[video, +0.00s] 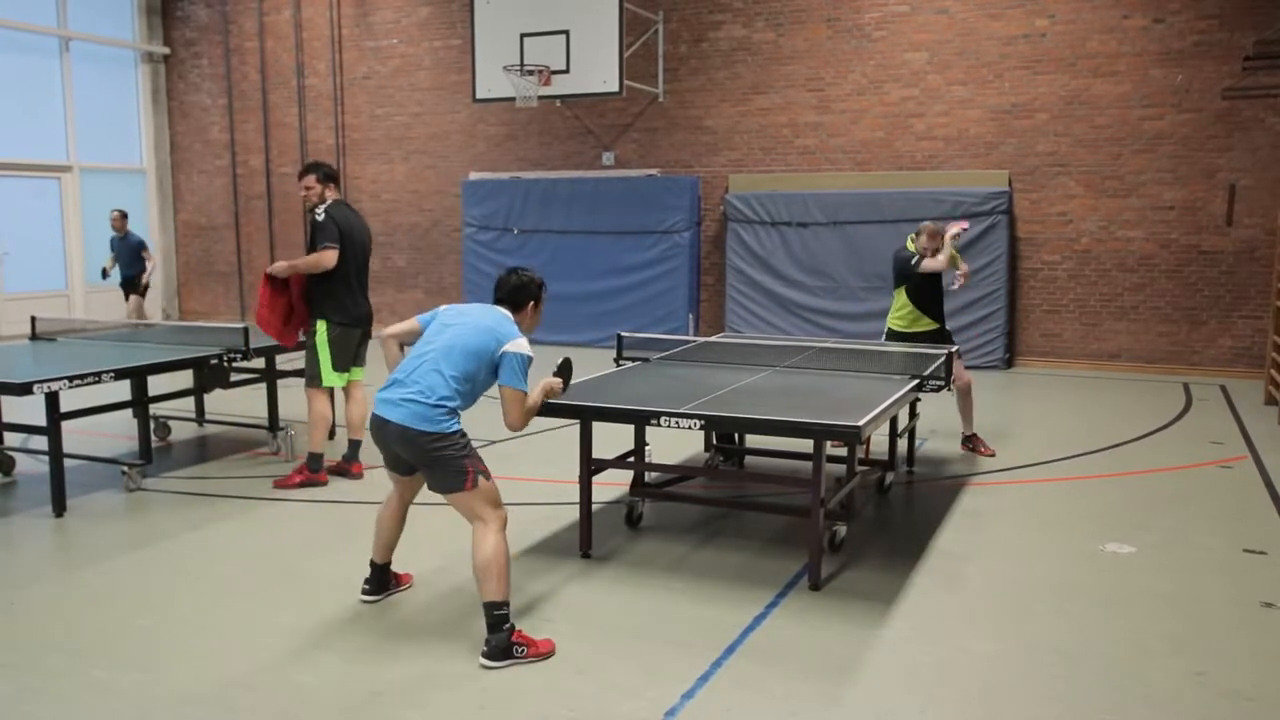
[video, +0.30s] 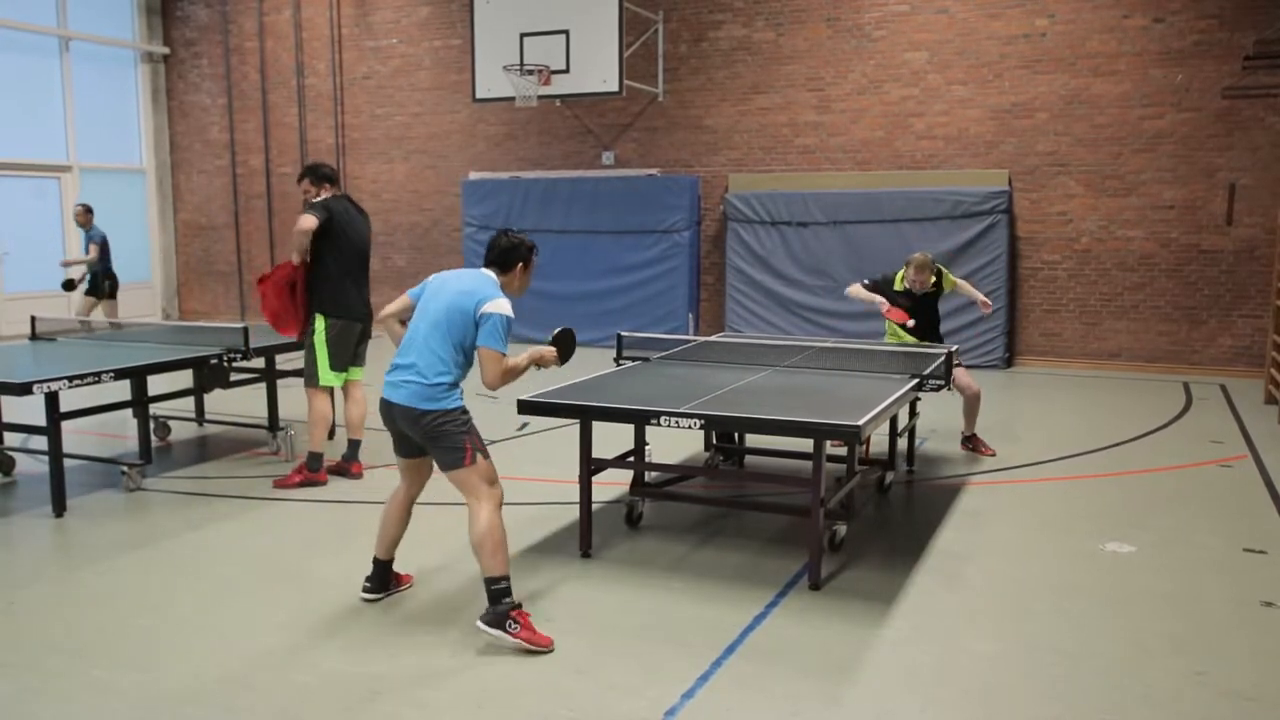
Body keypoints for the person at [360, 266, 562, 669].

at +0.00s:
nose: (540, 315)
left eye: (540, 307)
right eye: (540, 307)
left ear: (499, 299)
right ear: (530, 306)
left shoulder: (454, 311)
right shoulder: (513, 339)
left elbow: (390, 334)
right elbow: (515, 420)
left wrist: (403, 390)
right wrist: (543, 390)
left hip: (385, 417)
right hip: (430, 427)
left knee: (404, 486)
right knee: (490, 518)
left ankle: (378, 578)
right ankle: (500, 638)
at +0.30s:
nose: (530, 280)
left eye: (531, 272)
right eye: (530, 272)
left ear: (490, 264)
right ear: (517, 269)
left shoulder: (441, 279)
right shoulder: (494, 301)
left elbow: (386, 317)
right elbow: (494, 378)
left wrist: (419, 353)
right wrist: (531, 358)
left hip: (395, 400)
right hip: (436, 405)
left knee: (411, 482)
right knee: (485, 494)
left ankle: (378, 577)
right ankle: (501, 608)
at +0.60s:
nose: (526, 280)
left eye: (528, 272)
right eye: (526, 272)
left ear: (489, 263)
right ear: (510, 268)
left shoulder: (443, 281)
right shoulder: (488, 308)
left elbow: (395, 325)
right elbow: (502, 381)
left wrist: (435, 356)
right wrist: (550, 357)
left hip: (412, 410)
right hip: (449, 416)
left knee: (418, 488)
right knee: (520, 485)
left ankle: (367, 572)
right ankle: (489, 589)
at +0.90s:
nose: (603, 293)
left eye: (605, 285)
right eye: (603, 284)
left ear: (573, 273)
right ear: (583, 279)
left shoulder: (515, 280)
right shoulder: (572, 323)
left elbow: (456, 302)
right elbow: (612, 385)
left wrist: (476, 355)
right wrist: (670, 374)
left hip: (475, 409)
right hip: (523, 417)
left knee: (433, 492)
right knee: (585, 478)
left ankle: (374, 572)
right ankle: (623, 563)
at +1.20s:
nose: (654, 298)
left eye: (654, 291)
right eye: (654, 291)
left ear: (614, 281)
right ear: (646, 292)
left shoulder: (573, 297)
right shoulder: (643, 339)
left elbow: (523, 333)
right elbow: (658, 387)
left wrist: (513, 388)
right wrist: (699, 360)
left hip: (536, 431)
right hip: (590, 439)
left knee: (502, 497)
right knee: (638, 464)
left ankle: (470, 582)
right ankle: (630, 562)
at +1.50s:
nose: (606, 245)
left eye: (604, 239)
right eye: (605, 239)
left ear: (560, 239)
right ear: (599, 241)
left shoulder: (520, 276)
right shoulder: (604, 295)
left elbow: (478, 337)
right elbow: (611, 376)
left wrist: (482, 396)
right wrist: (653, 371)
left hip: (522, 415)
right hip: (579, 417)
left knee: (514, 502)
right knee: (612, 494)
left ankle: (516, 607)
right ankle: (619, 586)